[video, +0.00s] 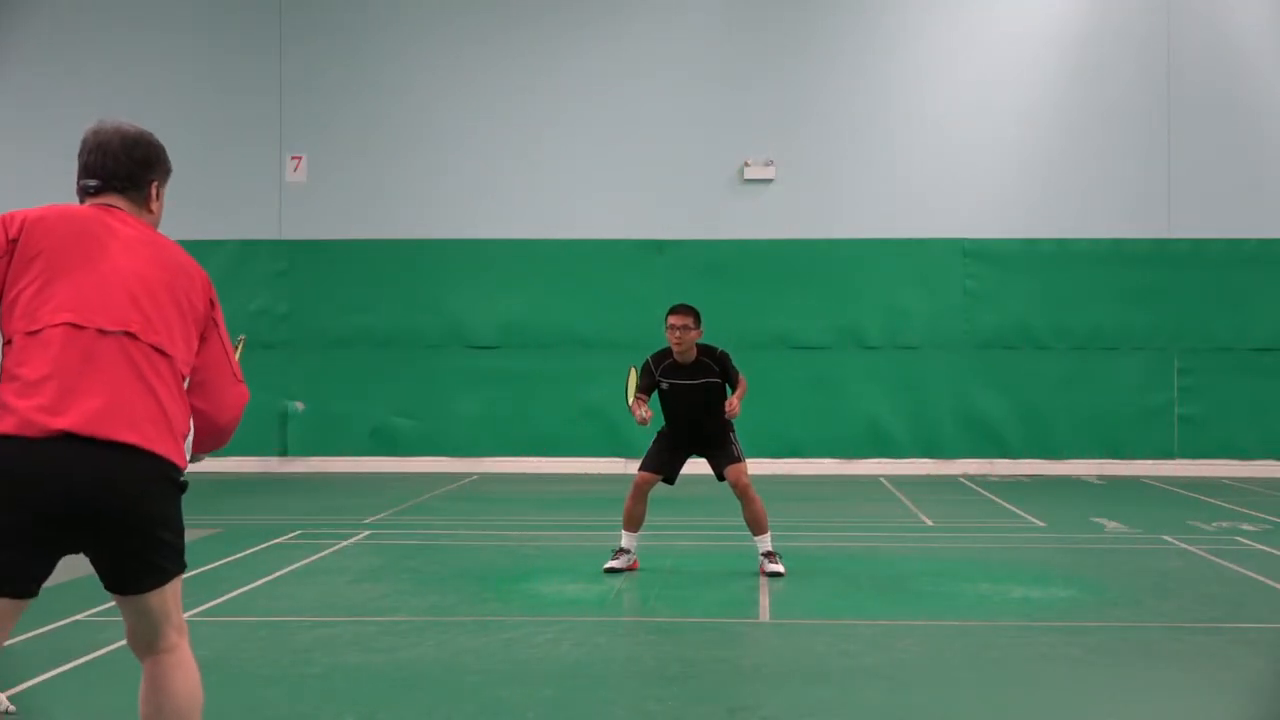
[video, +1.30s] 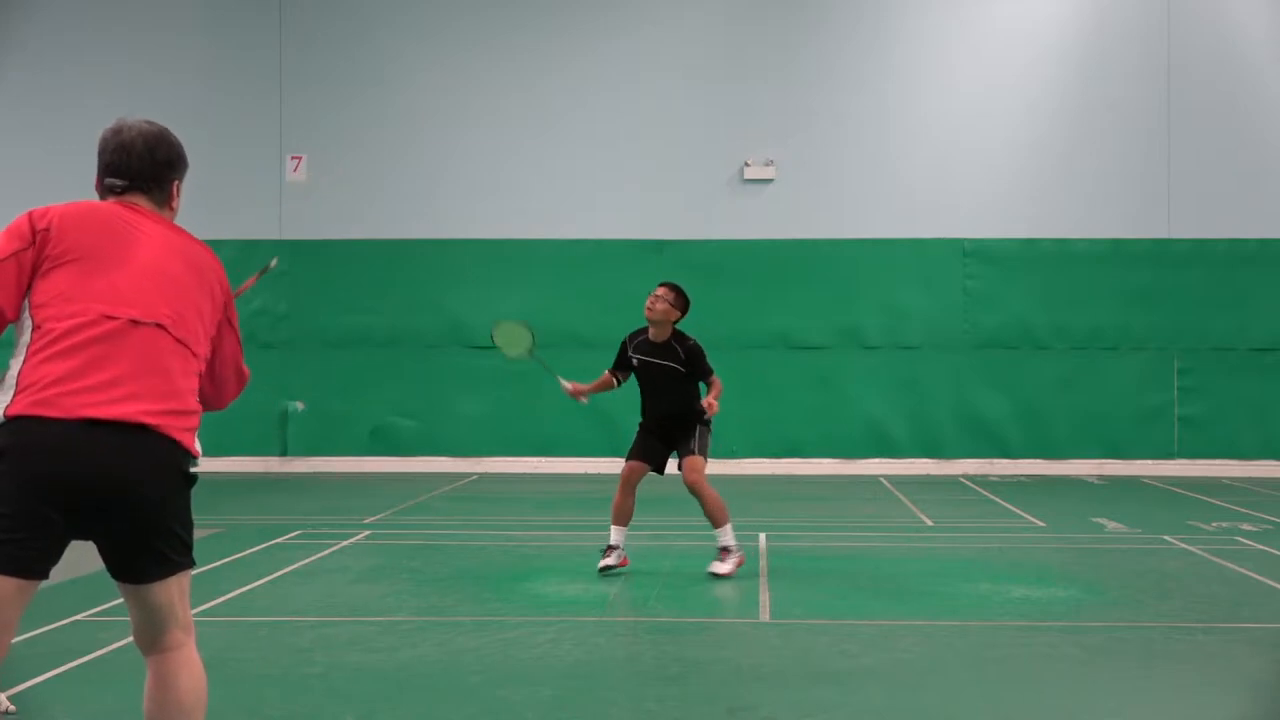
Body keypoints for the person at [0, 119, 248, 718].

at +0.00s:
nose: (164, 203)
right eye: (164, 191)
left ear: (83, 185)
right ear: (155, 192)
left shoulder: (21, 227)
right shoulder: (186, 272)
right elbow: (223, 407)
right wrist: (179, 445)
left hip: (20, 460)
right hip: (136, 471)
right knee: (163, 644)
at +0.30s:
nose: (172, 206)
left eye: (173, 194)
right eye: (173, 194)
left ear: (91, 186)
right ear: (162, 194)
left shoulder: (21, 229)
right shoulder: (188, 273)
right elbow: (220, 406)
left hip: (16, 460)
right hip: (129, 473)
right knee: (163, 646)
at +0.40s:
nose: (179, 214)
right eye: (180, 201)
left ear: (97, 191)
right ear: (169, 200)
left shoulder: (22, 232)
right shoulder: (192, 278)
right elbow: (217, 412)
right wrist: (232, 370)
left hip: (14, 460)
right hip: (126, 475)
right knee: (163, 645)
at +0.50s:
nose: (187, 221)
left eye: (187, 208)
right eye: (188, 208)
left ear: (105, 199)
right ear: (175, 209)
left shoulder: (28, 235)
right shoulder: (195, 286)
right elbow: (216, 426)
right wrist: (227, 448)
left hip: (15, 458)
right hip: (128, 474)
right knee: (162, 644)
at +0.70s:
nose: (198, 227)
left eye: (199, 215)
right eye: (198, 215)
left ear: (117, 205)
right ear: (185, 216)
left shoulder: (46, 237)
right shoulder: (203, 290)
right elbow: (220, 423)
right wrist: (220, 467)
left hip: (22, 456)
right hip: (137, 475)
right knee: (164, 640)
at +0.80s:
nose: (201, 228)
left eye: (202, 216)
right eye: (201, 217)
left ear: (121, 205)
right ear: (189, 217)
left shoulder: (51, 238)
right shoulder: (207, 289)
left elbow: (0, 308)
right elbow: (217, 410)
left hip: (26, 456)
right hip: (141, 473)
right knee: (166, 639)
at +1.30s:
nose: (184, 194)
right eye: (183, 185)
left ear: (100, 184)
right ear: (174, 189)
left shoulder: (45, 224)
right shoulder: (205, 265)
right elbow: (221, 389)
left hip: (34, 446)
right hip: (148, 458)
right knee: (168, 643)